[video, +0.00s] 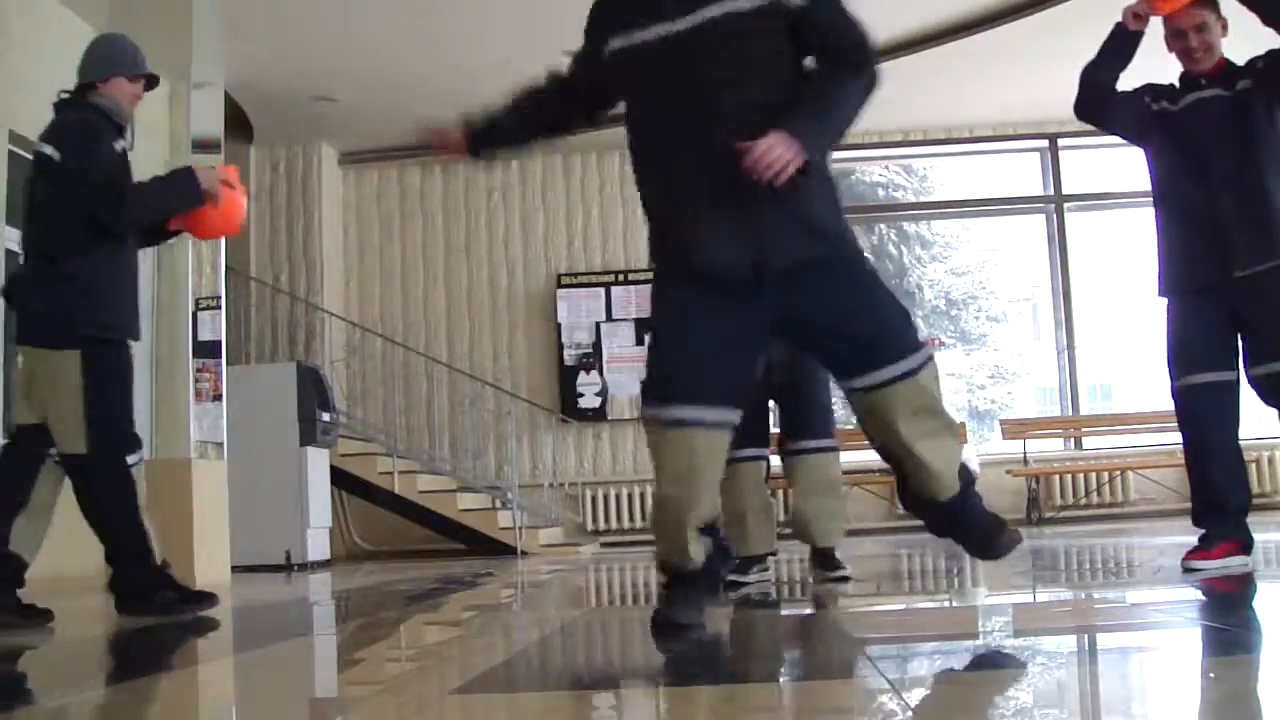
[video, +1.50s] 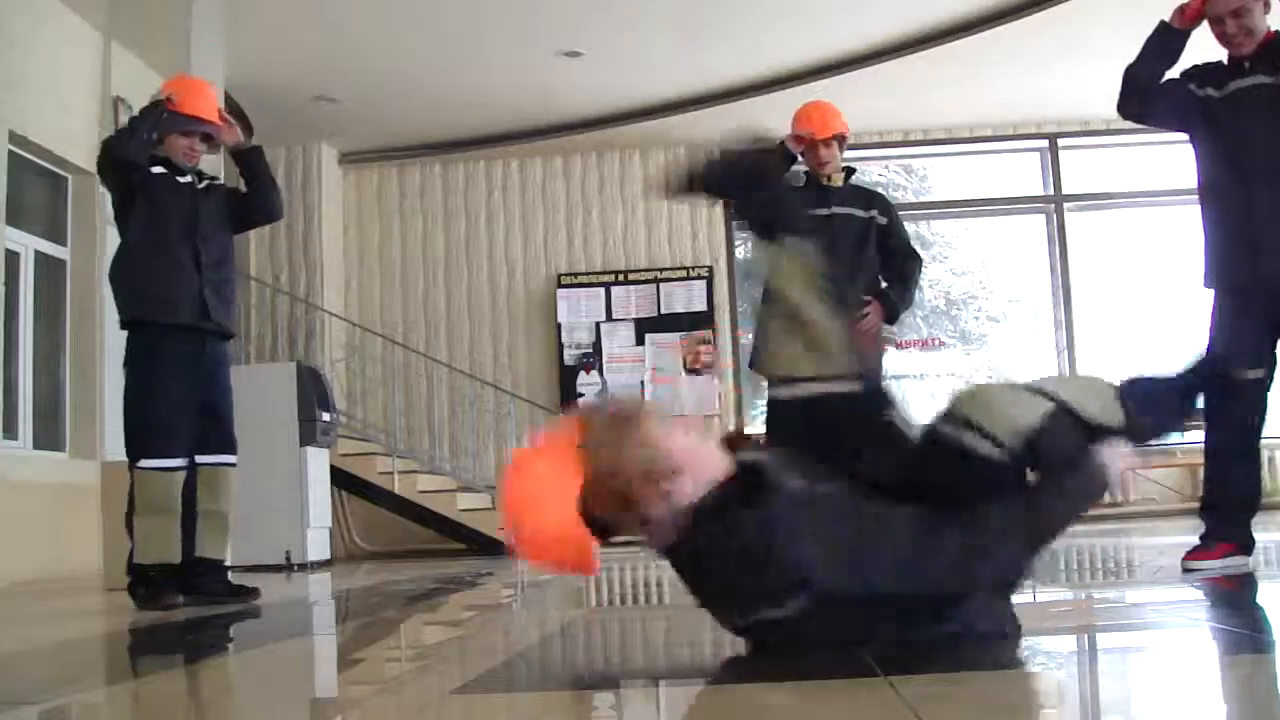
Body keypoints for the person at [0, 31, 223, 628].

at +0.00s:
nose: (142, 94)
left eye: (143, 84)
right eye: (136, 83)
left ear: (99, 84)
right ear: (107, 81)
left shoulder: (69, 131)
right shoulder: (90, 131)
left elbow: (114, 232)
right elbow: (116, 212)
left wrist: (181, 217)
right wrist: (191, 181)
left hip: (46, 326)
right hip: (81, 328)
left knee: (28, 454)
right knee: (99, 457)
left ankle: (3, 585)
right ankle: (141, 584)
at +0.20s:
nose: (175, 96)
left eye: (177, 87)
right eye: (167, 84)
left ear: (153, 88)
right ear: (136, 84)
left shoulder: (128, 139)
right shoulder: (120, 138)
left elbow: (149, 228)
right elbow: (132, 228)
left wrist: (223, 213)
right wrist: (211, 205)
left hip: (110, 327)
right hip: (115, 329)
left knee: (104, 446)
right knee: (129, 454)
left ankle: (26, 546)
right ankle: (140, 587)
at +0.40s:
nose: (193, 108)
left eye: (197, 99)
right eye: (185, 97)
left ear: (186, 103)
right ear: (158, 96)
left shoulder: (163, 152)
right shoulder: (131, 145)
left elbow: (187, 234)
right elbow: (152, 218)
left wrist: (253, 199)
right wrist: (226, 181)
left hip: (157, 322)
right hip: (135, 321)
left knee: (157, 444)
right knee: (143, 450)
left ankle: (107, 557)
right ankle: (140, 582)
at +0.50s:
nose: (205, 122)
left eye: (208, 115)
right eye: (200, 111)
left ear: (190, 114)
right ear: (175, 105)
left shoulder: (178, 159)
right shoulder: (139, 145)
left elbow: (226, 224)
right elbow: (175, 186)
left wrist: (268, 174)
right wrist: (228, 147)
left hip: (175, 321)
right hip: (148, 319)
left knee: (185, 450)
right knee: (149, 453)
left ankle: (172, 577)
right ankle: (137, 585)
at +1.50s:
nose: (196, 146)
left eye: (205, 140)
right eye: (187, 134)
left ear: (212, 146)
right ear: (160, 130)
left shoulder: (217, 196)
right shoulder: (137, 178)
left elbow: (269, 207)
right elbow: (117, 155)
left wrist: (244, 148)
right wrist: (157, 113)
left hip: (211, 338)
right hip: (157, 334)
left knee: (213, 455)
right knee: (160, 456)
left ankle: (205, 571)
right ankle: (152, 574)